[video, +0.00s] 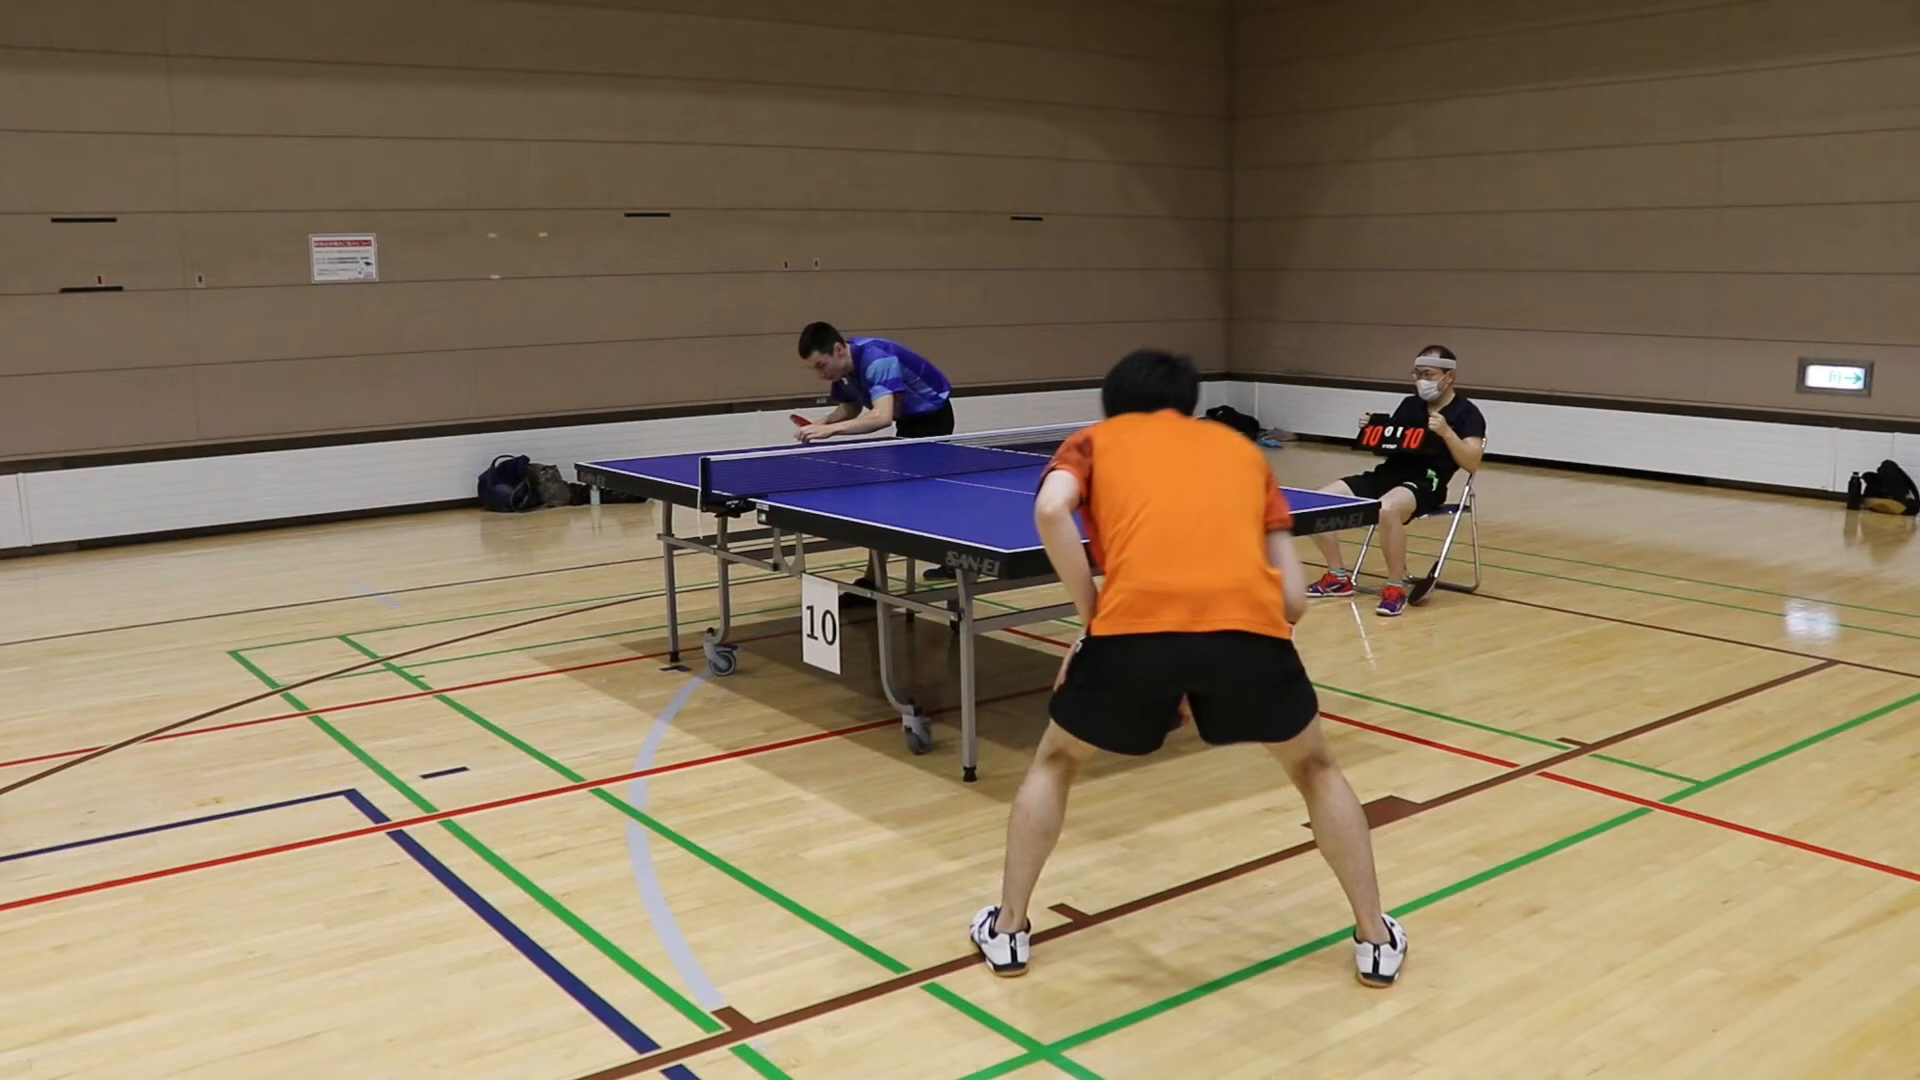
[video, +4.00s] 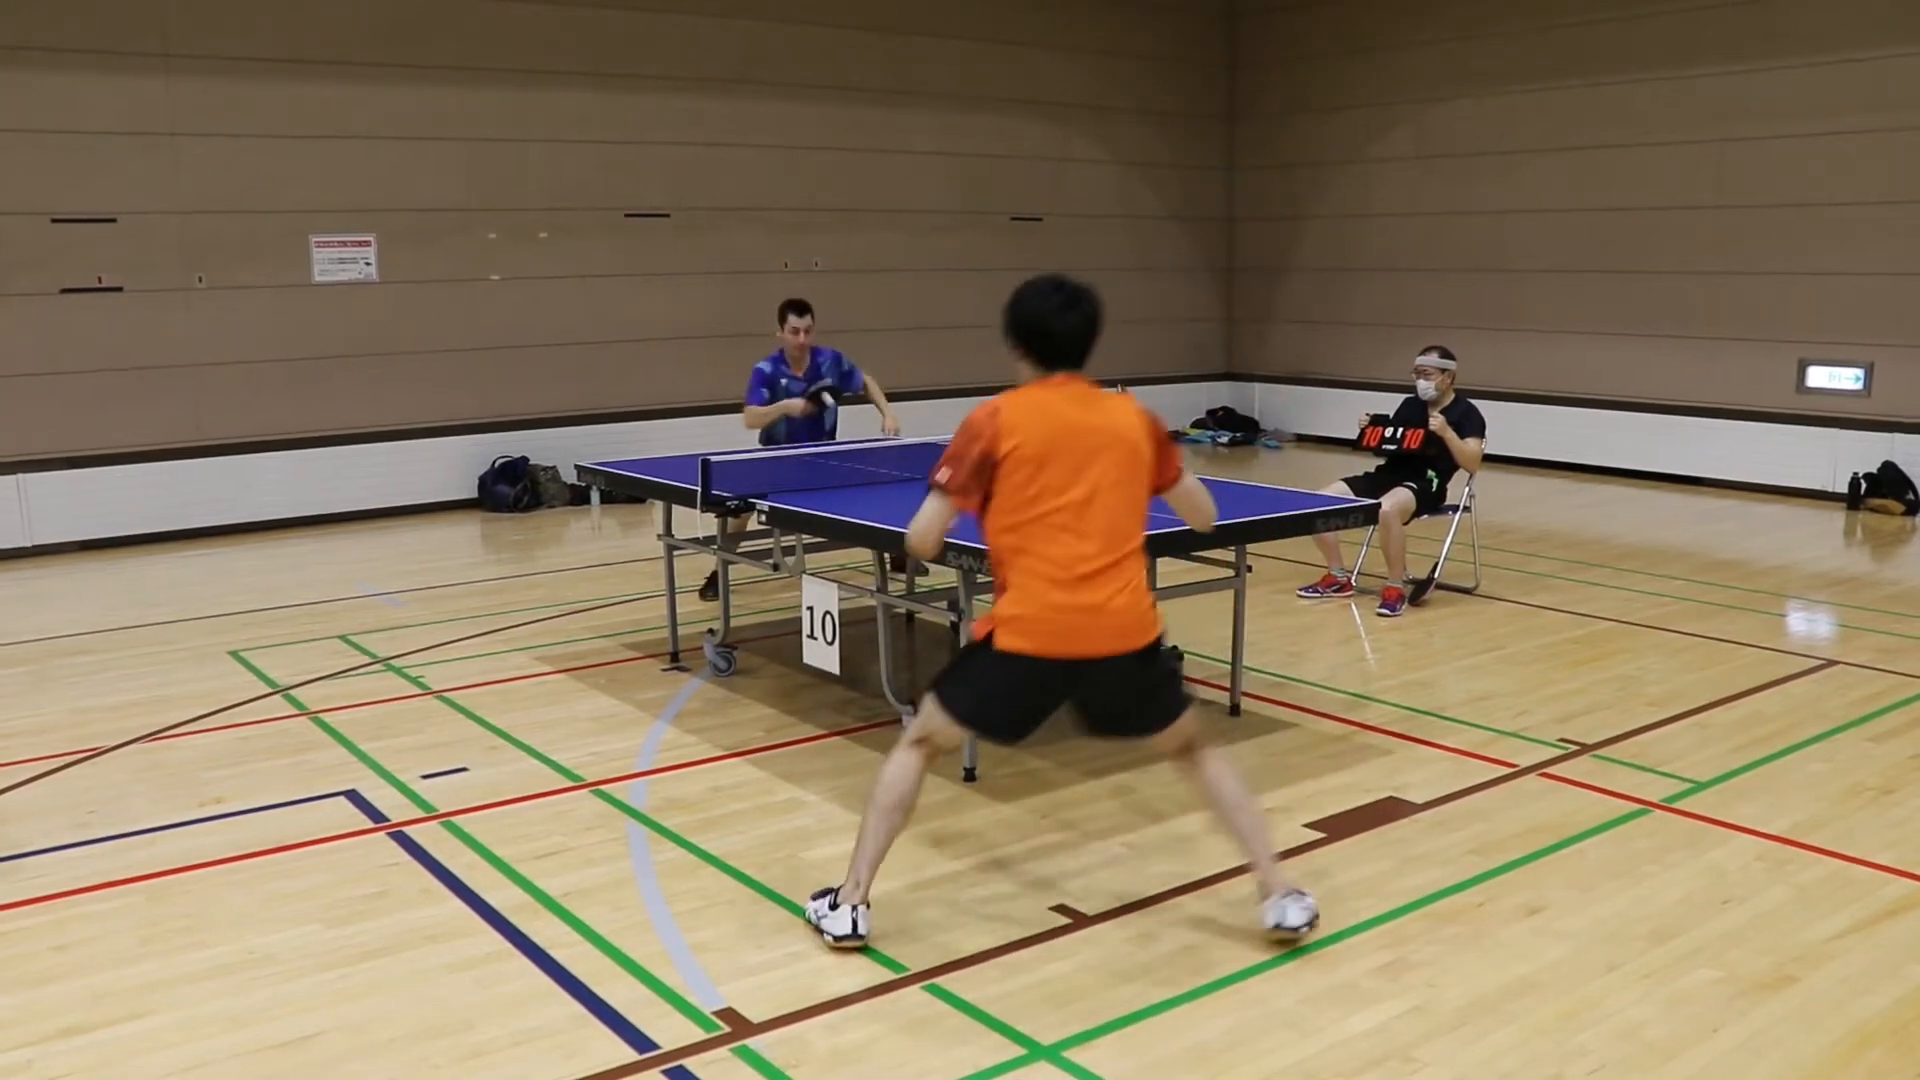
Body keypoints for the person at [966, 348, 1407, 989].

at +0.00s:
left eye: (1102, 410)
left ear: (1112, 406)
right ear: (1190, 405)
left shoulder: (1095, 438)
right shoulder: (1242, 449)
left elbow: (1051, 507)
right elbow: (1293, 595)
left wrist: (1095, 618)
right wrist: (1233, 661)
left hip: (1132, 641)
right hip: (1249, 642)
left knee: (1057, 762)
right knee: (1316, 769)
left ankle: (1008, 927)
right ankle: (1376, 938)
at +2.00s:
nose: (1136, 324)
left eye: (1137, 312)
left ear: (1143, 314)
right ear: (1220, 316)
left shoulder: (1114, 372)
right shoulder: (1262, 390)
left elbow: (1066, 483)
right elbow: (1292, 537)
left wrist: (1088, 581)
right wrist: (1222, 567)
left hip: (1140, 601)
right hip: (1249, 607)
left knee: (1069, 758)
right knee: (1313, 761)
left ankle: (1011, 928)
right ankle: (1377, 937)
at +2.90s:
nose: (1116, 310)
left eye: (1118, 301)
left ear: (1124, 305)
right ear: (1194, 307)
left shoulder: (1107, 372)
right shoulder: (1239, 379)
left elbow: (1048, 485)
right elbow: (1290, 498)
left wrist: (1015, 506)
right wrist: (1226, 481)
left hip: (1147, 591)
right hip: (1246, 587)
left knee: (1072, 708)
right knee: (1289, 690)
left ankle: (1052, 874)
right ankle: (1337, 836)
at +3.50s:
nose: (1082, 384)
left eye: (1083, 373)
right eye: (1082, 373)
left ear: (1095, 374)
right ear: (1155, 369)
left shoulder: (1100, 430)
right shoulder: (1205, 427)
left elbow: (1021, 529)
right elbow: (1224, 512)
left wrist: (1007, 514)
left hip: (1168, 644)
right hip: (1248, 637)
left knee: (1015, 707)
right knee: (1250, 698)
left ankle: (987, 880)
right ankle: (1322, 824)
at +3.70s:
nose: (1014, 366)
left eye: (1015, 354)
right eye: (1015, 354)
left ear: (1027, 355)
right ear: (1090, 345)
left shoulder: (1033, 404)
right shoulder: (1133, 409)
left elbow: (944, 492)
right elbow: (1134, 523)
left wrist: (900, 471)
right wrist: (1056, 590)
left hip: (1078, 624)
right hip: (1171, 616)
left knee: (946, 691)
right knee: (1235, 716)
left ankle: (960, 865)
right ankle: (1315, 821)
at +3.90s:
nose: (977, 363)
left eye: (979, 353)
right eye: (984, 352)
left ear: (987, 359)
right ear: (1055, 355)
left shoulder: (977, 431)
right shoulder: (1104, 423)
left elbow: (913, 553)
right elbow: (1184, 479)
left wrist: (884, 562)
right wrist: (1143, 424)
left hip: (1017, 647)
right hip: (1111, 641)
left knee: (906, 739)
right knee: (1165, 748)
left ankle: (850, 900)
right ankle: (1261, 874)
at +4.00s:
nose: (1010, 346)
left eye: (1012, 337)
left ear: (1018, 344)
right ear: (1090, 342)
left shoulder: (993, 421)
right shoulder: (1134, 419)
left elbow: (922, 544)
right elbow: (1203, 517)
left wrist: (925, 542)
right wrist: (1158, 464)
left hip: (1025, 644)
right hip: (1126, 642)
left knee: (920, 743)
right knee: (1194, 749)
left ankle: (851, 901)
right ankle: (1281, 895)